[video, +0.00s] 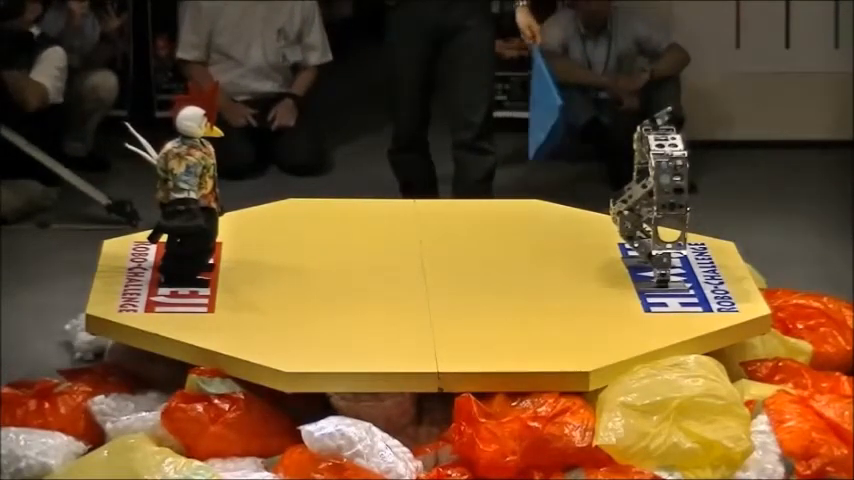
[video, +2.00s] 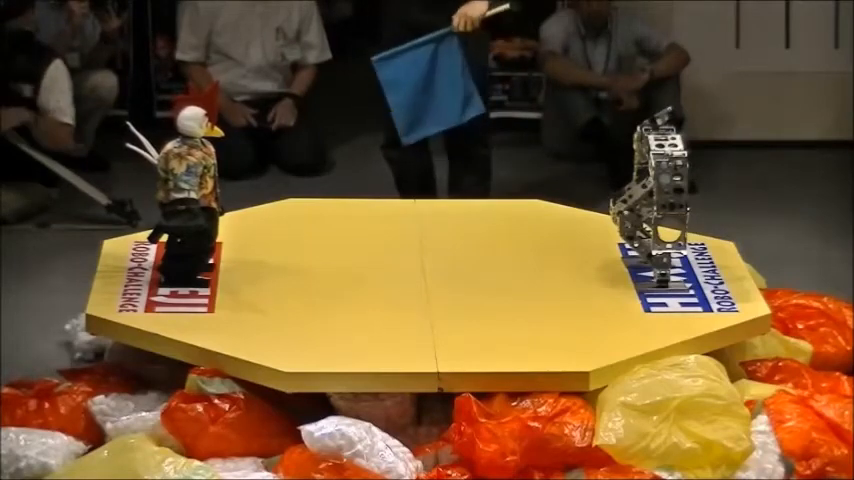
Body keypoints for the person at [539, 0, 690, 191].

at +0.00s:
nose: (596, 11)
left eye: (602, 5)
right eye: (589, 5)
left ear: (611, 5)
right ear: (576, 6)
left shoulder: (627, 24)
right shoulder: (561, 24)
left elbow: (679, 56)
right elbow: (548, 64)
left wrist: (645, 76)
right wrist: (610, 83)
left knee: (666, 83)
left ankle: (669, 169)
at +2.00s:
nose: (594, 8)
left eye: (600, 2)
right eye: (587, 2)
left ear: (610, 4)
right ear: (575, 5)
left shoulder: (626, 25)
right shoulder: (558, 26)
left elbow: (679, 56)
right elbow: (552, 67)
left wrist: (644, 76)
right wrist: (610, 83)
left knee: (666, 78)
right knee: (563, 80)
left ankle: (670, 164)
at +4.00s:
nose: (597, 10)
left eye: (604, 5)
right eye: (590, 4)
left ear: (613, 5)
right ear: (576, 6)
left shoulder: (628, 23)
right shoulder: (558, 25)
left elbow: (679, 56)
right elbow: (551, 64)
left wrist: (644, 76)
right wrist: (609, 83)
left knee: (667, 77)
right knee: (562, 82)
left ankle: (667, 154)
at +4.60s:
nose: (596, 11)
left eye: (602, 4)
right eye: (589, 5)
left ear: (611, 5)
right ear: (576, 6)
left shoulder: (628, 23)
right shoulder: (558, 25)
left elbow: (679, 56)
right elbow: (550, 64)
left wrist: (645, 74)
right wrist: (608, 83)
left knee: (667, 81)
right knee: (562, 86)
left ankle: (672, 158)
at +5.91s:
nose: (596, 9)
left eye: (603, 3)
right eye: (589, 3)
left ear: (613, 4)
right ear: (576, 5)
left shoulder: (628, 23)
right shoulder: (559, 25)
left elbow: (679, 56)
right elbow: (551, 65)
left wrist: (645, 75)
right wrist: (609, 83)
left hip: (626, 113)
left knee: (668, 78)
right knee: (563, 90)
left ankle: (662, 165)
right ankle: (618, 166)